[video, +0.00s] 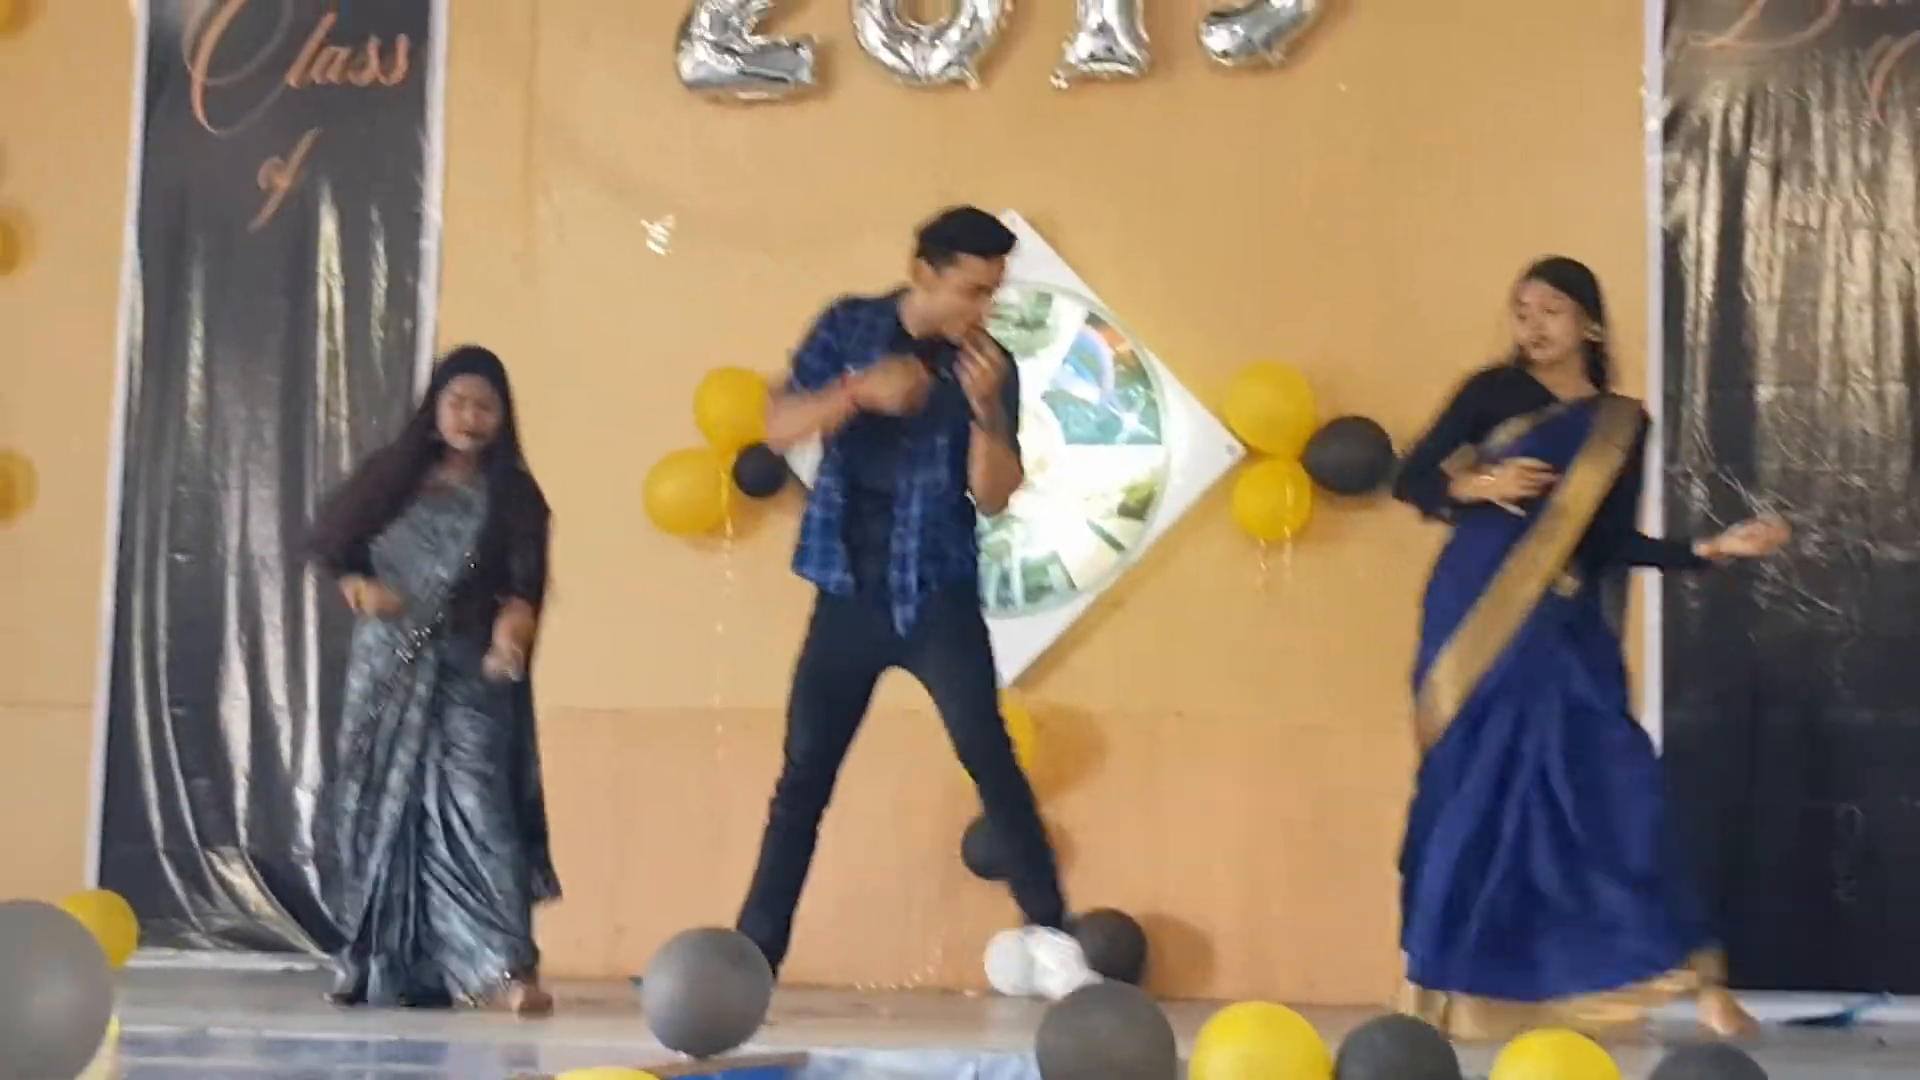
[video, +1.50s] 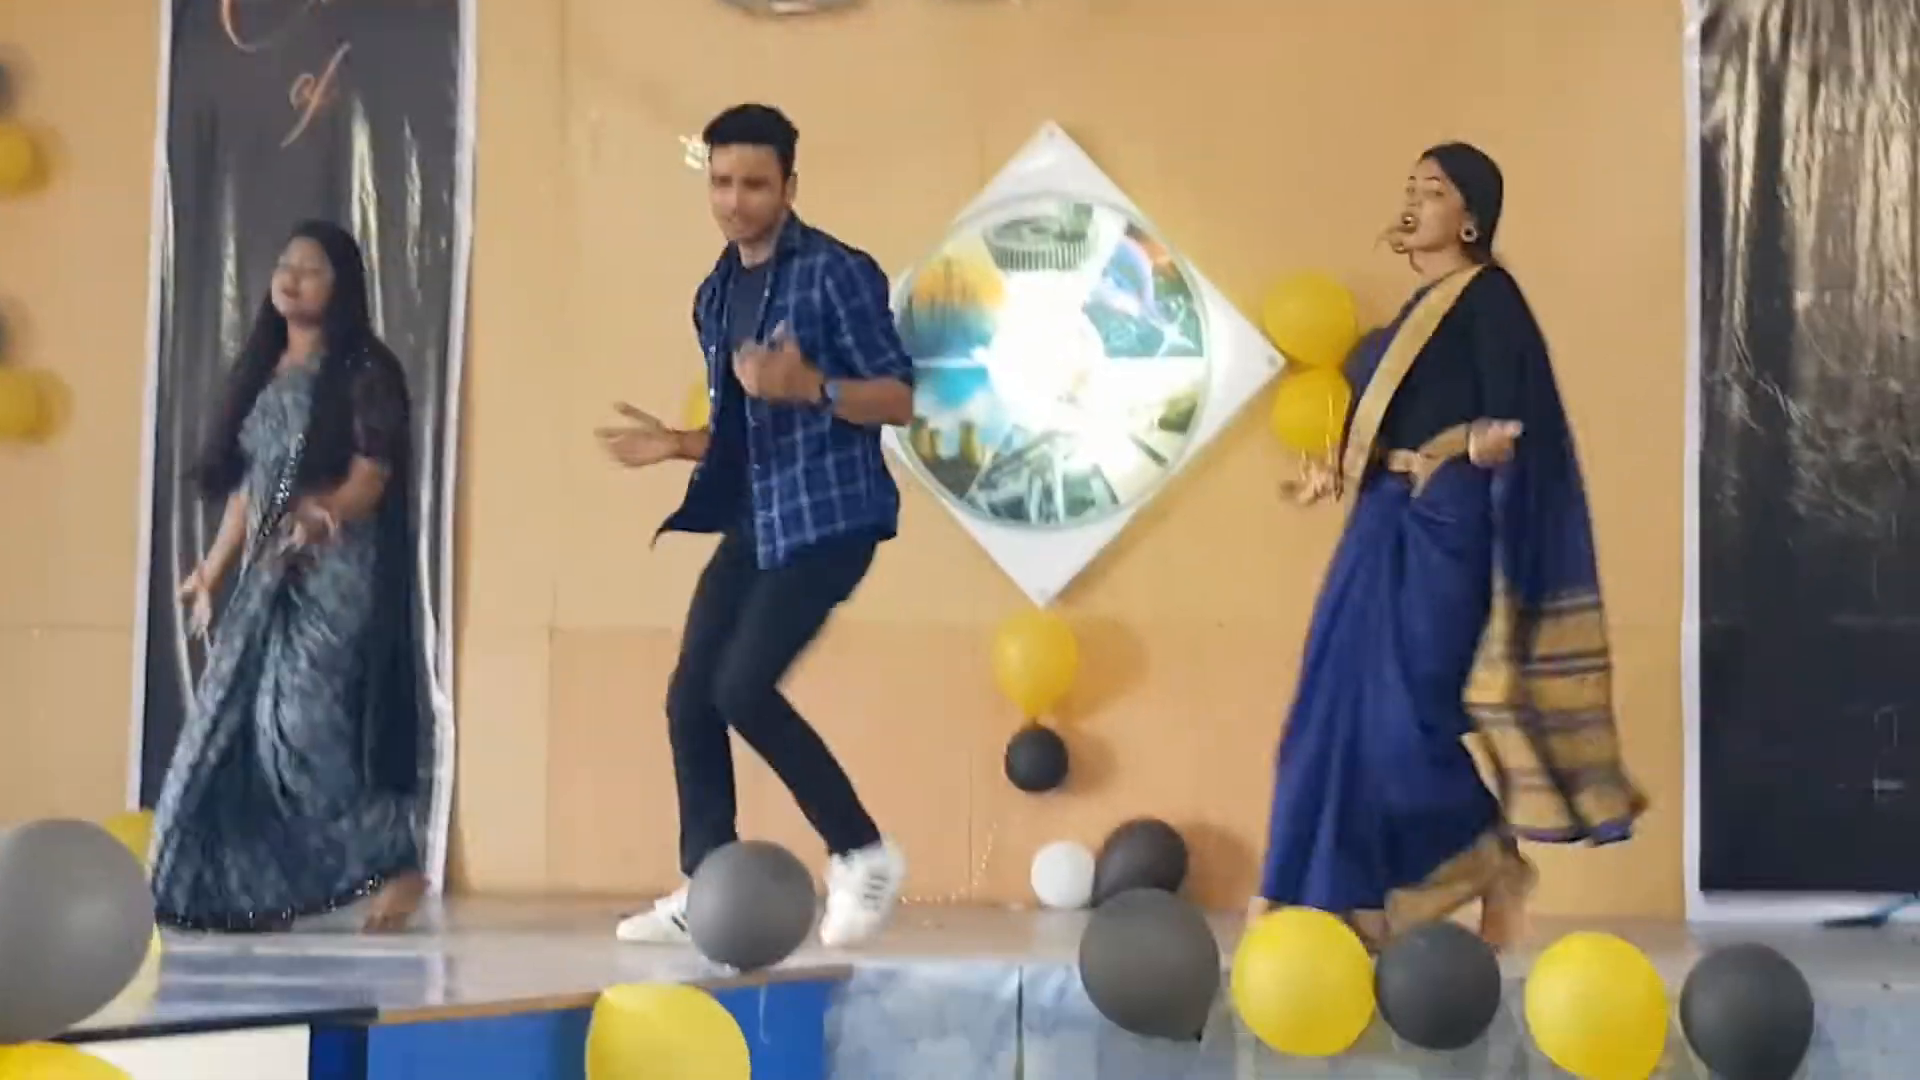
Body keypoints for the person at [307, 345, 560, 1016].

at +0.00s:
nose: (467, 414)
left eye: (482, 404)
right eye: (456, 400)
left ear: (502, 415)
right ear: (434, 404)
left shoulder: (515, 493)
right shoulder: (392, 471)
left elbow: (526, 579)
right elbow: (328, 538)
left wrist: (509, 636)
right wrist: (355, 583)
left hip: (470, 672)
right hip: (388, 668)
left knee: (480, 811)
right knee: (385, 809)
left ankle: (506, 969)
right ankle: (378, 963)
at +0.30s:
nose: (544, 412)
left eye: (558, 399)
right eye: (530, 399)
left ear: (582, 408)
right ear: (510, 408)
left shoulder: (607, 491)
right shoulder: (472, 480)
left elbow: (621, 593)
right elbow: (434, 576)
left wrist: (610, 599)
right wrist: (452, 598)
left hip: (563, 691)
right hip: (476, 688)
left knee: (566, 847)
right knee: (473, 840)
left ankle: (576, 1024)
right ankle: (474, 1008)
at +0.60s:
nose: (521, 506)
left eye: (537, 492)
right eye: (508, 495)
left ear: (568, 498)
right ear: (497, 506)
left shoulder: (615, 581)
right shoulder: (479, 585)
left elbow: (646, 684)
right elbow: (445, 685)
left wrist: (587, 673)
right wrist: (443, 757)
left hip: (568, 779)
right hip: (485, 782)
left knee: (555, 936)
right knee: (471, 932)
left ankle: (558, 1066)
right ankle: (489, 1062)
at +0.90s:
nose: (411, 541)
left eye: (429, 529)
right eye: (400, 531)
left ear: (460, 543)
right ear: (390, 546)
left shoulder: (506, 618)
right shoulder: (381, 635)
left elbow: (570, 709)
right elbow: (378, 742)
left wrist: (526, 776)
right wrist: (349, 781)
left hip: (487, 822)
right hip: (403, 825)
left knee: (493, 984)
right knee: (358, 973)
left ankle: (493, 1072)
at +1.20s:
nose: (348, 450)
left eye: (365, 439)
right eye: (338, 438)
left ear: (392, 453)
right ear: (320, 452)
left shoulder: (425, 528)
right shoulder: (297, 534)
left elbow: (482, 615)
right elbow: (258, 636)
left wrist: (427, 665)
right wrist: (232, 623)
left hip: (402, 742)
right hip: (318, 743)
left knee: (399, 905)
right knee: (312, 899)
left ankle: (397, 1059)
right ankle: (306, 1056)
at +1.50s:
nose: (293, 283)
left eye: (311, 272)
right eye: (285, 270)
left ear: (342, 285)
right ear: (272, 280)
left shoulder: (368, 368)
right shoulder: (262, 369)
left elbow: (375, 470)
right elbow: (249, 486)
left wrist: (332, 512)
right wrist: (212, 569)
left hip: (337, 566)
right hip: (264, 563)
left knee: (299, 716)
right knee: (231, 715)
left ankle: (391, 867)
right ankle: (255, 893)